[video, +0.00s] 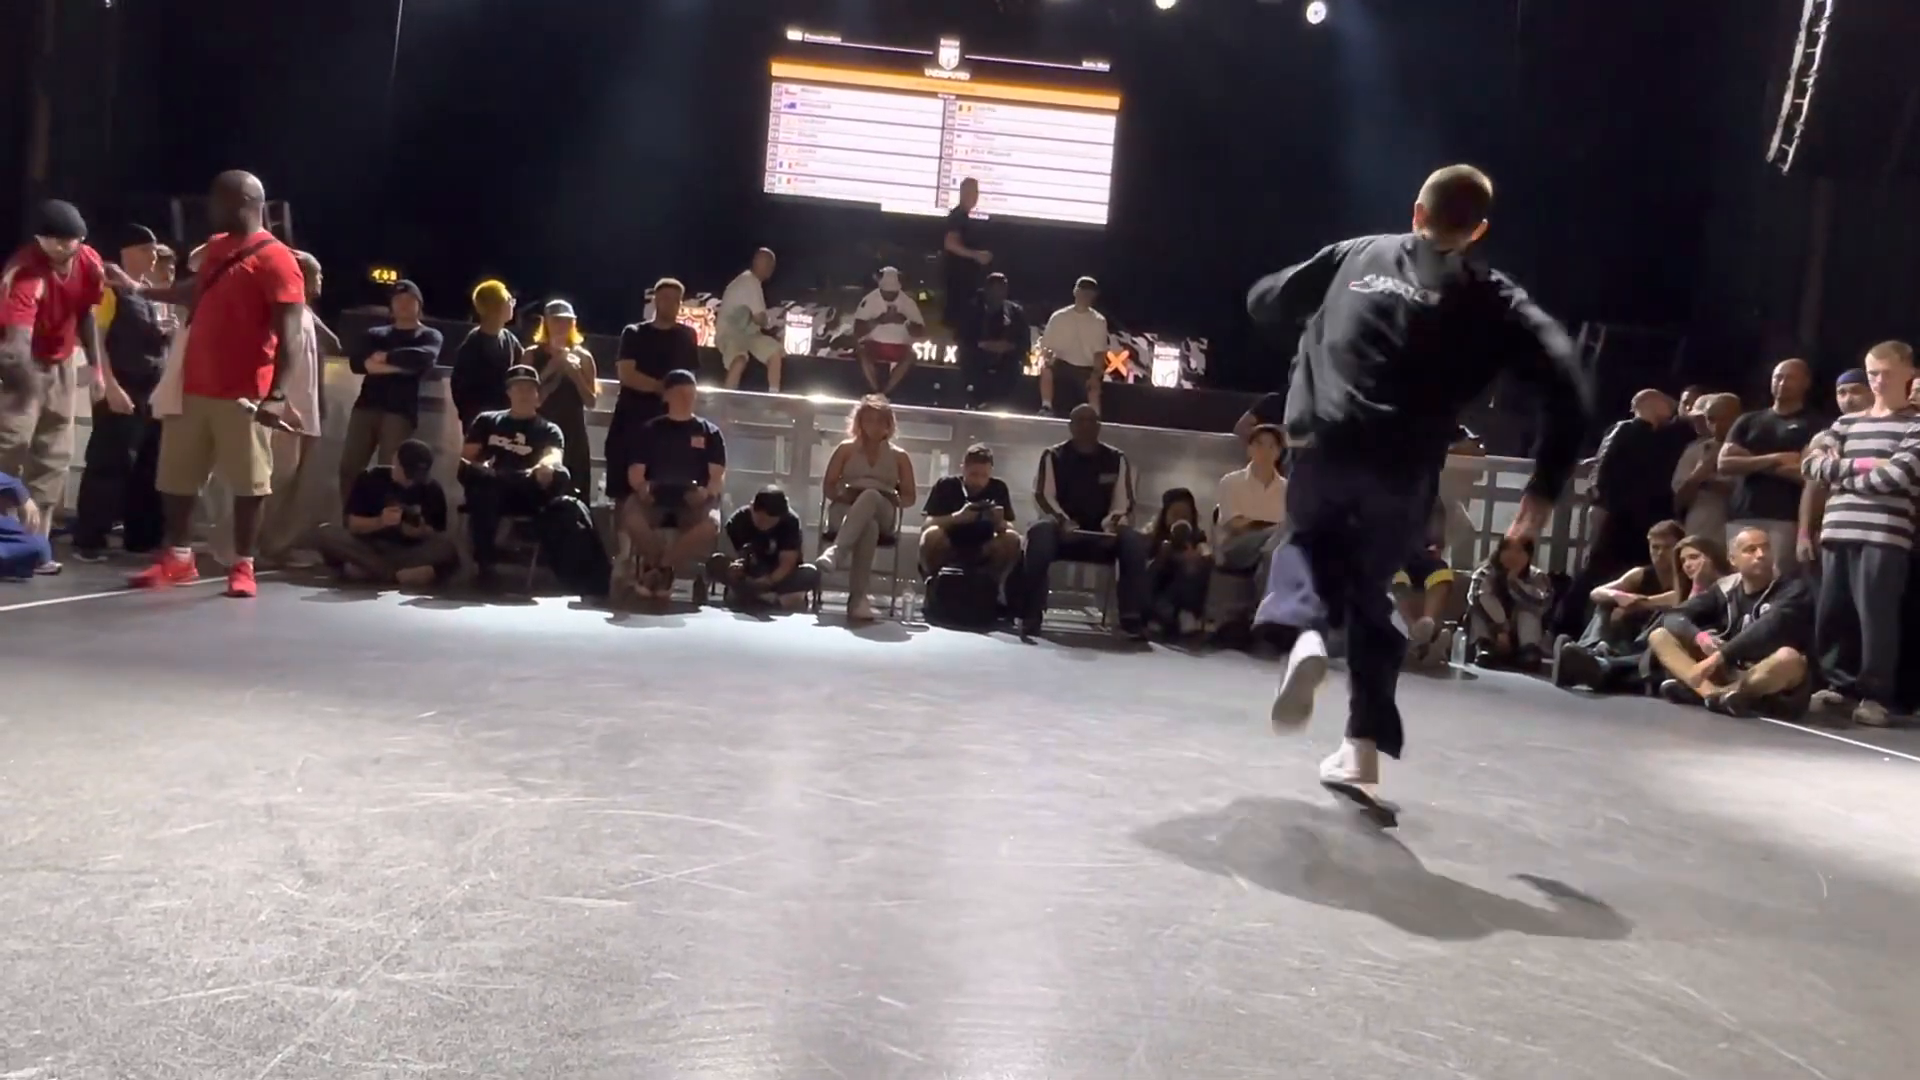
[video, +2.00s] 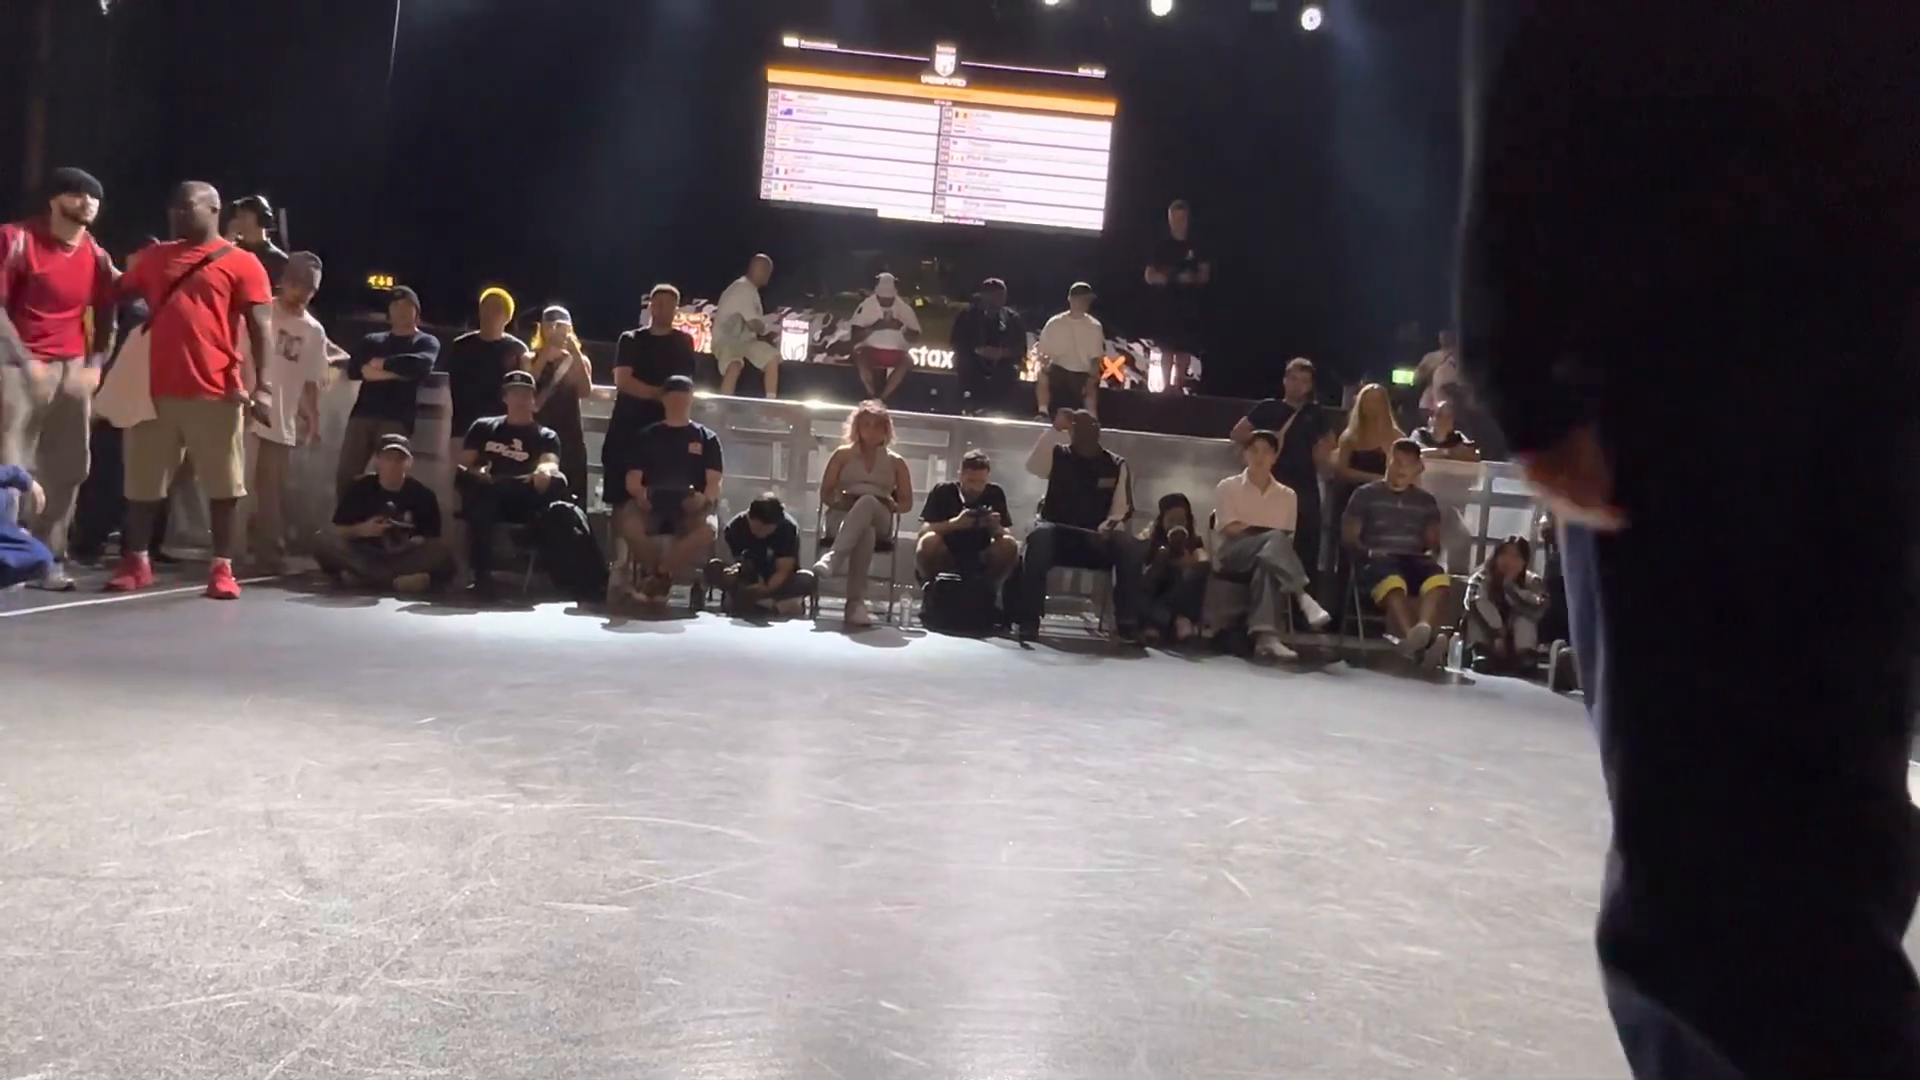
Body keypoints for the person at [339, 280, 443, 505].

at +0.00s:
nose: (403, 305)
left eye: (408, 300)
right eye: (398, 300)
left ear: (418, 305)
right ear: (392, 306)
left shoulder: (431, 335)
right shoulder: (376, 333)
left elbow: (423, 360)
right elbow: (357, 364)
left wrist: (384, 357)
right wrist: (401, 366)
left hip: (400, 410)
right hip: (367, 407)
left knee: (390, 471)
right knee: (350, 467)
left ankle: (386, 524)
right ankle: (351, 524)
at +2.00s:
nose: (401, 311)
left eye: (407, 306)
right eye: (396, 306)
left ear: (416, 312)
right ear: (389, 312)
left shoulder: (427, 342)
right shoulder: (372, 339)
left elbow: (420, 368)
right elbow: (353, 370)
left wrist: (380, 363)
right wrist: (395, 373)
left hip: (396, 419)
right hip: (363, 416)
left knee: (389, 480)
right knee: (346, 476)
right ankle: (343, 525)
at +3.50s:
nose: (370, 336)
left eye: (375, 331)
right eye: (365, 331)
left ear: (386, 336)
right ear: (359, 337)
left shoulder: (399, 365)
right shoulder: (344, 365)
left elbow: (394, 390)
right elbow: (325, 396)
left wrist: (355, 389)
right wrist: (367, 399)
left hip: (371, 443)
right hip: (338, 441)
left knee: (366, 504)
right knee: (323, 502)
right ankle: (321, 551)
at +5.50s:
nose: (396, 350)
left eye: (401, 345)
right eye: (392, 345)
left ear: (411, 350)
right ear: (385, 351)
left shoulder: (424, 379)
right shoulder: (369, 379)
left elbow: (418, 403)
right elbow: (352, 411)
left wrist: (380, 402)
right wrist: (394, 412)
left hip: (396, 458)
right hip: (363, 455)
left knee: (391, 518)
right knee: (350, 517)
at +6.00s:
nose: (401, 342)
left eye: (407, 337)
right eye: (397, 337)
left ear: (417, 342)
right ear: (391, 343)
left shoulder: (430, 372)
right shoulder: (375, 372)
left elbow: (424, 396)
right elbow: (358, 403)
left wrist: (385, 395)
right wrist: (401, 404)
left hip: (403, 447)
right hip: (370, 445)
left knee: (393, 506)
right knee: (355, 504)